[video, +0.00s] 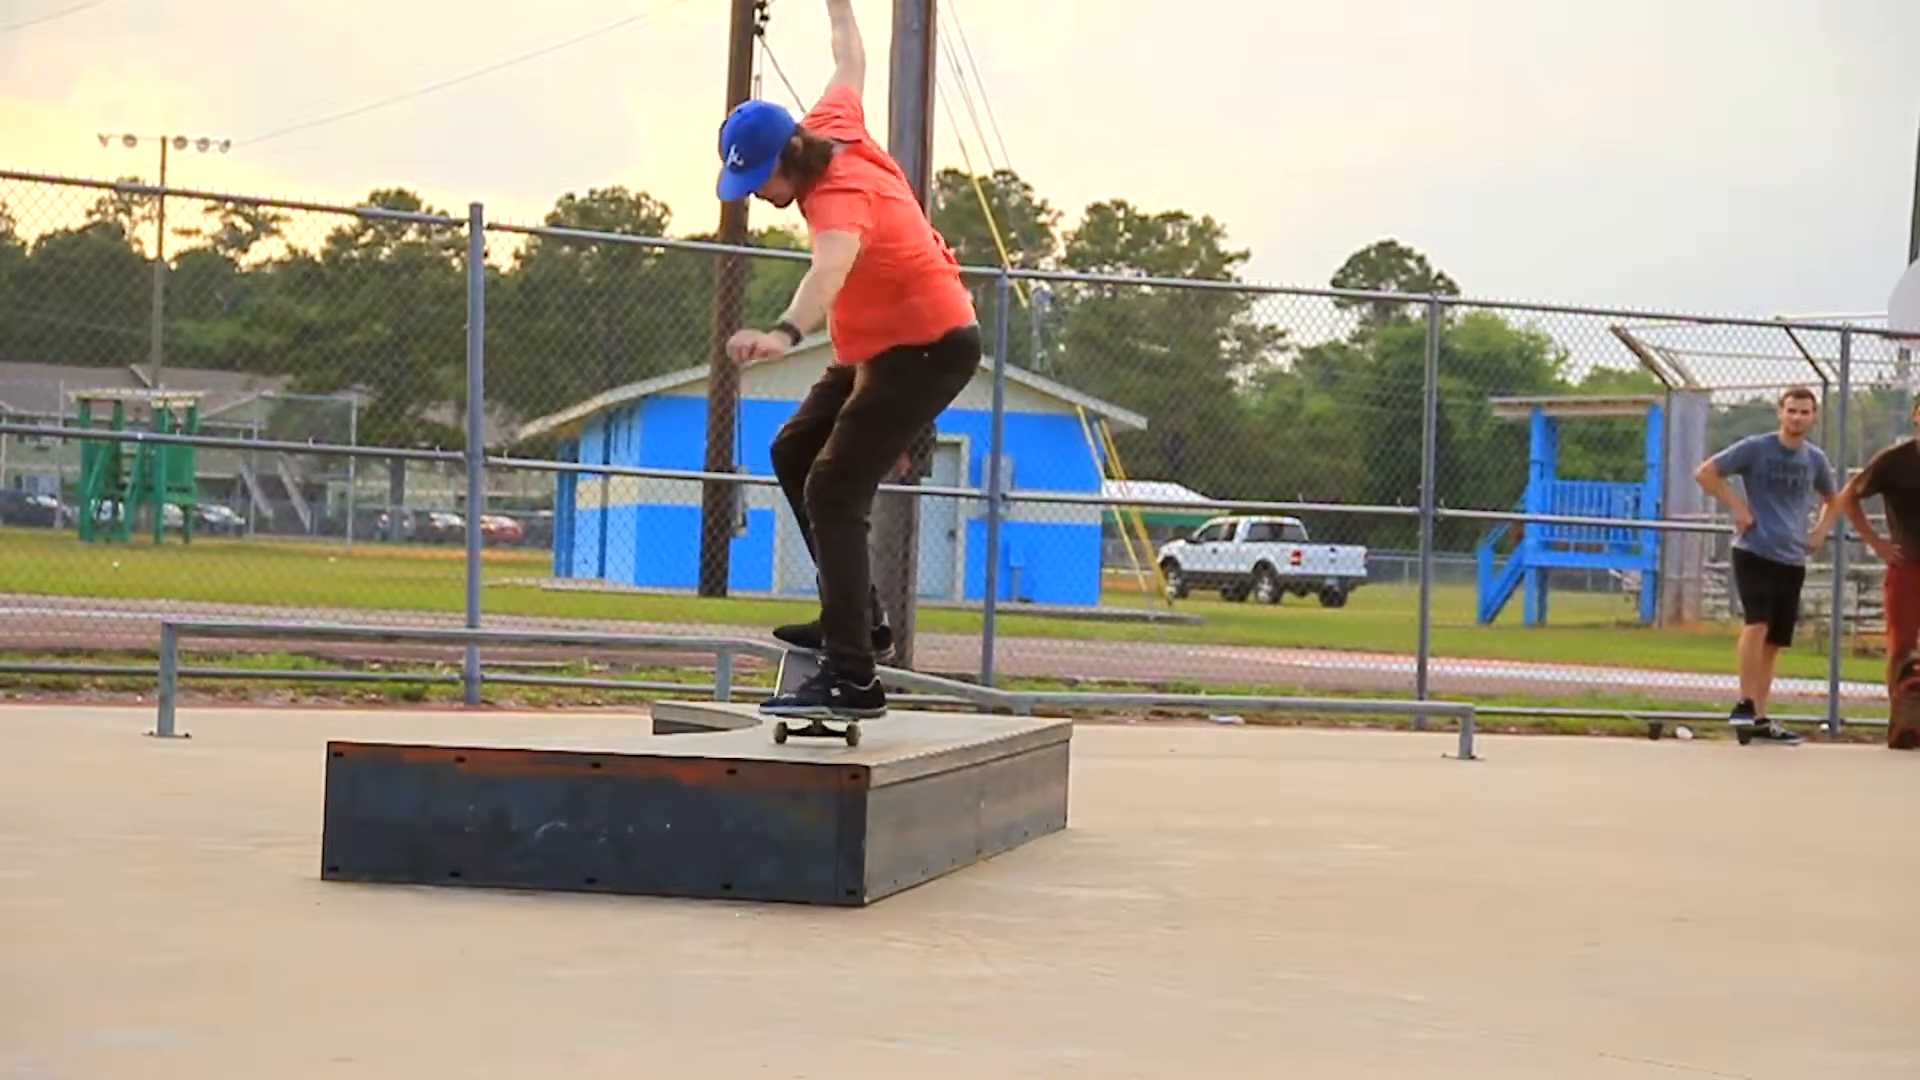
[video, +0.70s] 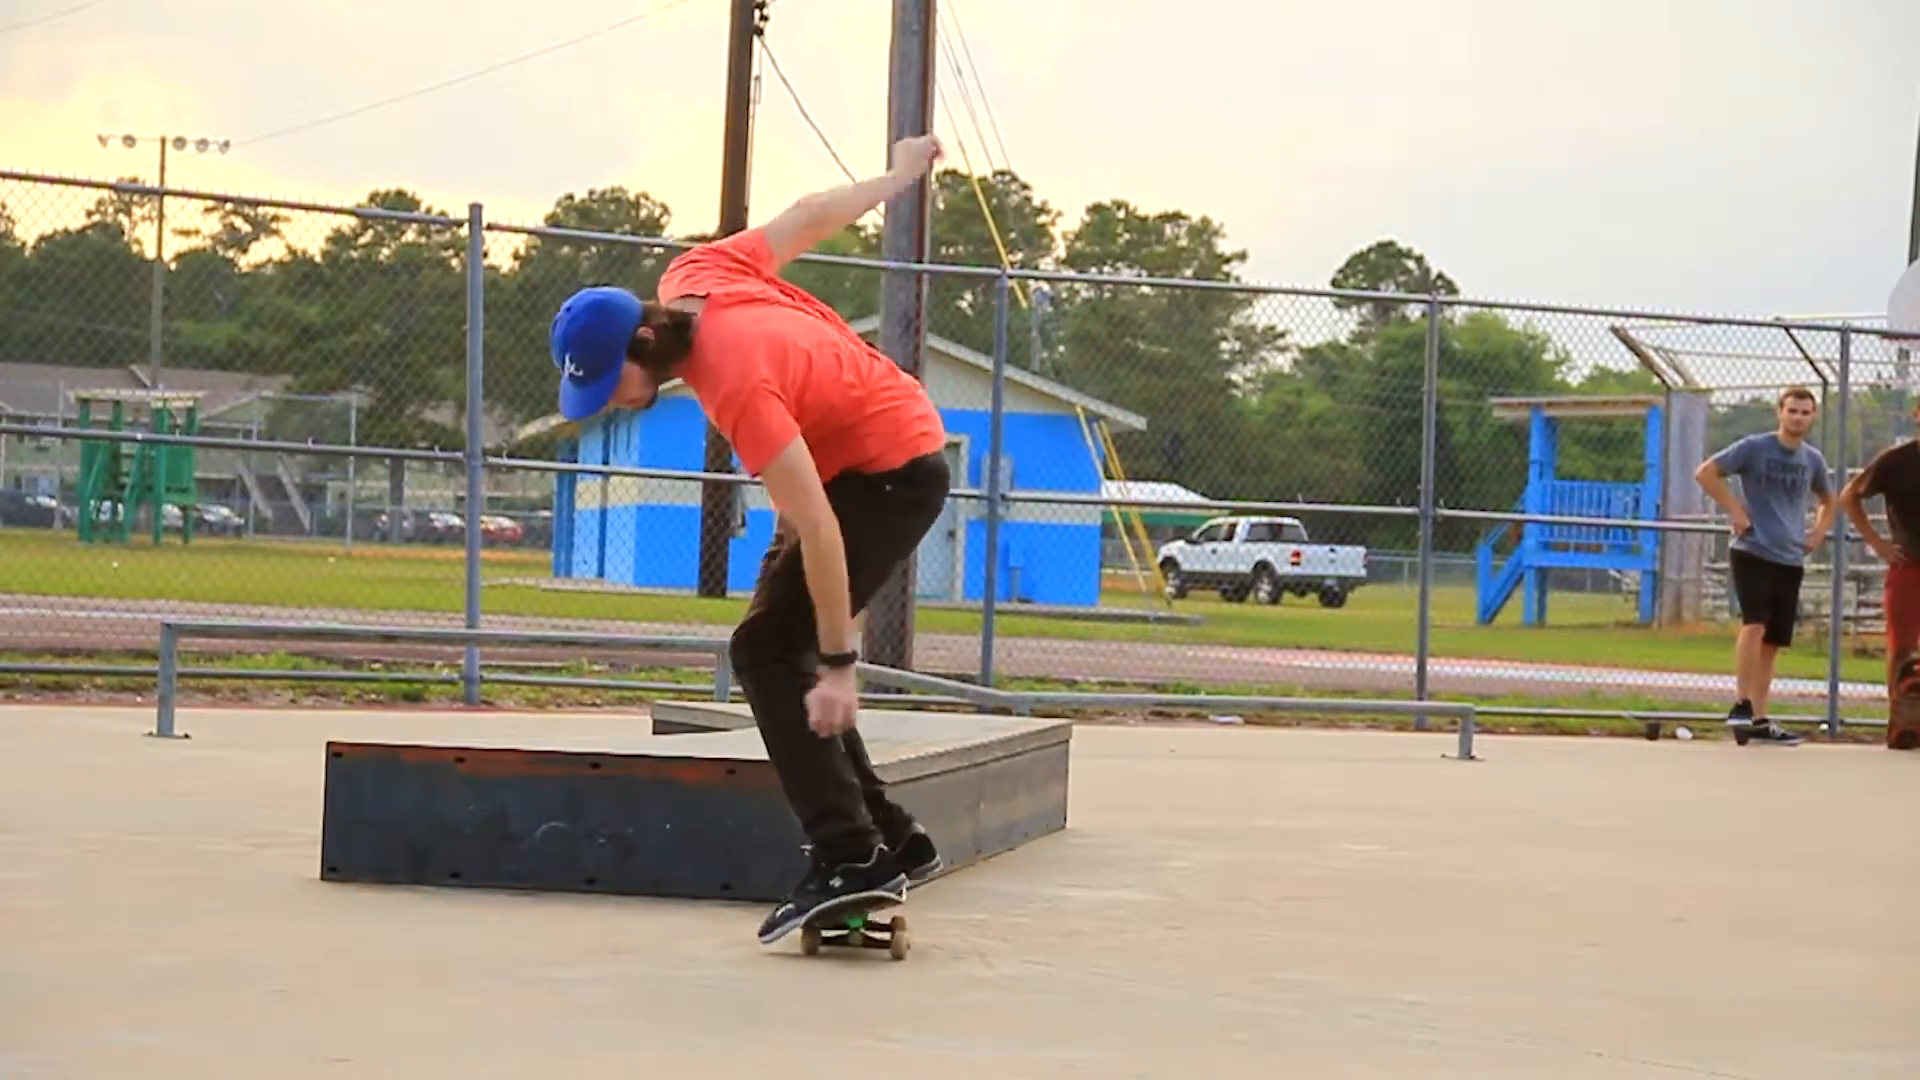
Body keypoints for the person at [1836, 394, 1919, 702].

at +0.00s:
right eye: (1919, 412)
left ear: (1914, 415)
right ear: (1915, 415)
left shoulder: (1900, 457)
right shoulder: (1900, 457)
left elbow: (1849, 497)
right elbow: (1848, 497)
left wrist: (1876, 542)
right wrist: (1876, 543)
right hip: (1907, 566)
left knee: (1904, 651)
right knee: (1902, 649)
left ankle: (1906, 729)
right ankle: (1901, 729)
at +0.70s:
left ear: (1914, 416)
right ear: (1915, 416)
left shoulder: (1900, 458)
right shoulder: (1900, 459)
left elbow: (1850, 497)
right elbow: (1849, 496)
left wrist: (1878, 544)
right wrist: (1878, 544)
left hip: (1909, 568)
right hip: (1907, 567)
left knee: (1905, 650)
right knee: (1903, 649)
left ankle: (1905, 726)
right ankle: (1902, 726)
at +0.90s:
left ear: (1915, 417)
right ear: (1916, 417)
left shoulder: (1901, 458)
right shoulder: (1901, 459)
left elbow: (1850, 495)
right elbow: (1849, 495)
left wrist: (1876, 542)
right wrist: (1876, 543)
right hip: (1907, 567)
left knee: (1905, 654)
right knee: (1903, 653)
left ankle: (1906, 735)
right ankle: (1903, 735)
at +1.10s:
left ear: (1914, 416)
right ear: (1915, 416)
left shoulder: (1901, 457)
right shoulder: (1900, 458)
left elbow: (1850, 496)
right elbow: (1849, 495)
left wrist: (1877, 544)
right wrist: (1877, 543)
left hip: (1909, 568)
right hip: (1906, 567)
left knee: (1904, 650)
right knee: (1903, 648)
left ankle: (1905, 726)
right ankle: (1902, 726)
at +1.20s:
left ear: (1913, 415)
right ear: (1915, 415)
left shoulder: (1901, 457)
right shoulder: (1901, 458)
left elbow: (1849, 495)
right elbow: (1849, 495)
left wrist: (1875, 542)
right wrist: (1876, 542)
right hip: (1907, 567)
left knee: (1905, 653)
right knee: (1903, 652)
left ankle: (1904, 732)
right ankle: (1902, 732)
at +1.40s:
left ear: (1914, 415)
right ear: (1915, 415)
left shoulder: (1901, 458)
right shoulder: (1900, 458)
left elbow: (1850, 495)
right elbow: (1849, 496)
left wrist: (1875, 541)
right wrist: (1876, 541)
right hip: (1907, 567)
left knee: (1904, 654)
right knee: (1902, 652)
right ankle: (1901, 734)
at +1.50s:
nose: (1919, 414)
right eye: (1919, 410)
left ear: (1914, 415)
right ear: (1915, 415)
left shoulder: (1901, 457)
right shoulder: (1901, 458)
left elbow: (1849, 495)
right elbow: (1849, 496)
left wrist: (1875, 541)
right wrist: (1876, 542)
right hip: (1907, 565)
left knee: (1904, 651)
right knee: (1902, 650)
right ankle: (1901, 726)